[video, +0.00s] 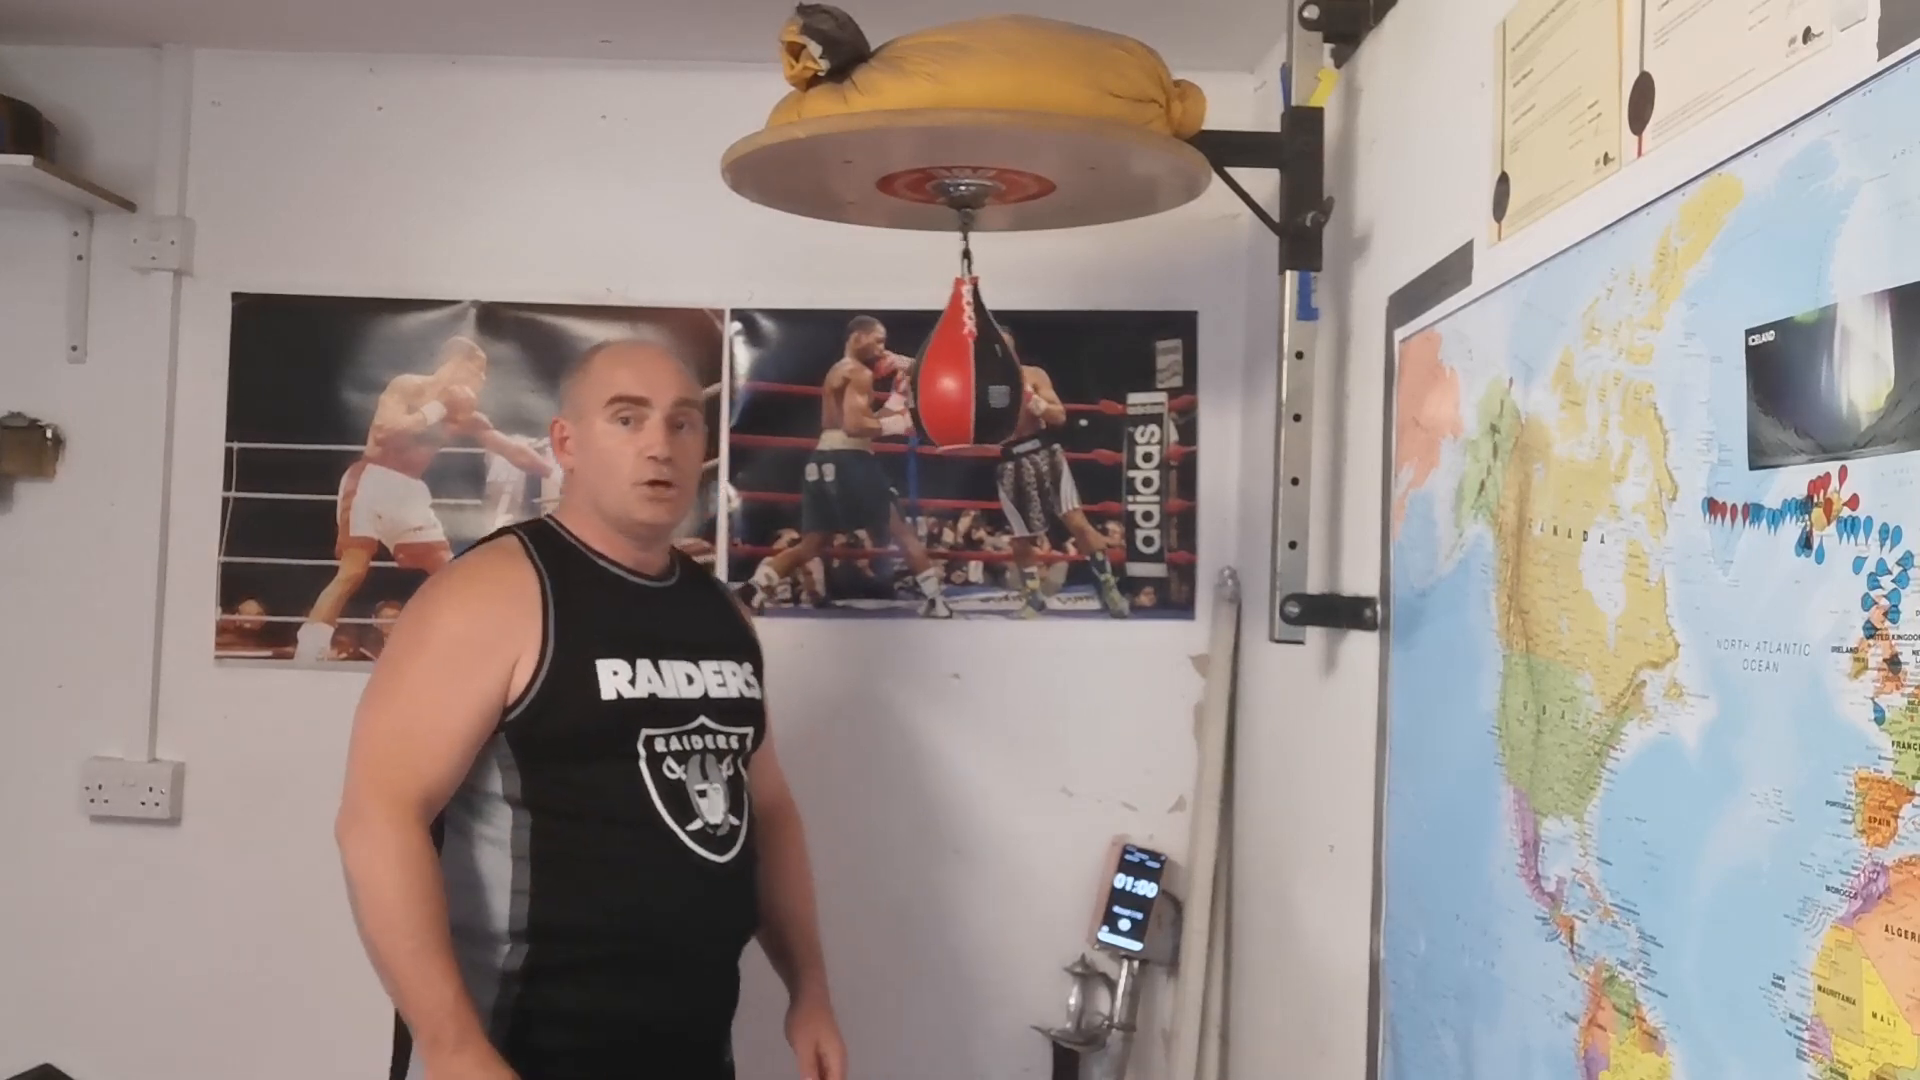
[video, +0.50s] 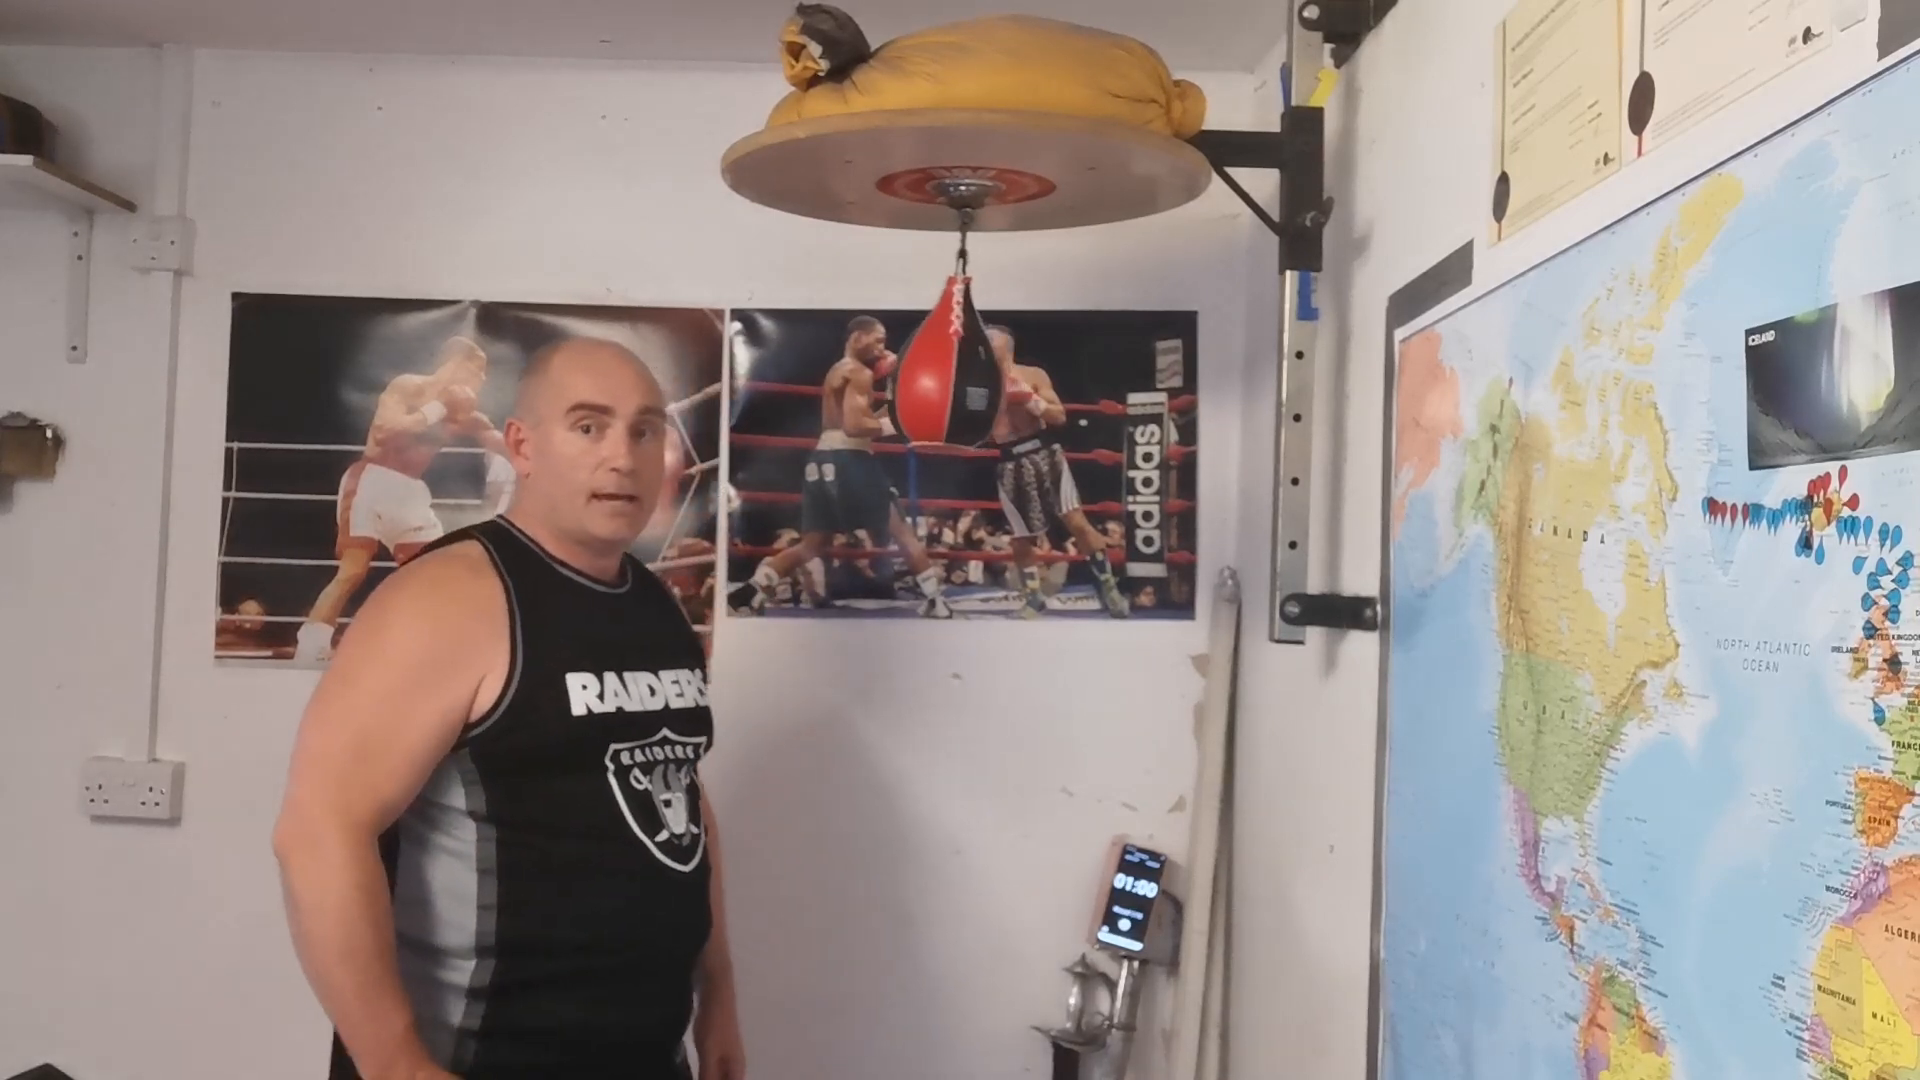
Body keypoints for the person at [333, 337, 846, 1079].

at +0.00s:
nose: (661, 447)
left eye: (682, 422)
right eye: (626, 418)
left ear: (704, 451)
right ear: (564, 444)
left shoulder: (717, 612)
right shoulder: (488, 593)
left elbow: (765, 810)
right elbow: (377, 815)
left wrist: (808, 988)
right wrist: (452, 1045)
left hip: (691, 1043)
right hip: (528, 1046)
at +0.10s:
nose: (649, 447)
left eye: (670, 422)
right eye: (615, 418)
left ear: (693, 452)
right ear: (552, 445)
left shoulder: (701, 609)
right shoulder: (478, 594)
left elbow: (749, 807)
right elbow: (370, 823)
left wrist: (790, 986)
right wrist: (439, 1052)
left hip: (682, 1044)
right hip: (518, 1047)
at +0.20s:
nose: (637, 452)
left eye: (658, 426)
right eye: (603, 423)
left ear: (683, 454)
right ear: (539, 445)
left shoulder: (688, 609)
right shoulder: (464, 599)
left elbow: (731, 806)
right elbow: (358, 830)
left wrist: (768, 996)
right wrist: (421, 1060)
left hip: (671, 1045)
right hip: (505, 1051)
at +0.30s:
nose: (628, 457)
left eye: (650, 431)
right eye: (595, 427)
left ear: (675, 454)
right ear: (530, 446)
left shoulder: (675, 608)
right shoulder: (453, 602)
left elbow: (712, 803)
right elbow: (344, 836)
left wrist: (745, 1003)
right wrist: (401, 1064)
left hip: (661, 1050)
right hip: (493, 1055)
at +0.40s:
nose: (625, 458)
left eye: (647, 431)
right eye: (591, 427)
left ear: (668, 454)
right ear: (524, 447)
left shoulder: (663, 608)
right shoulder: (447, 601)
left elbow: (695, 801)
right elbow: (329, 837)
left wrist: (726, 999)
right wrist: (385, 1064)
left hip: (650, 1052)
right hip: (481, 1056)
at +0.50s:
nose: (623, 458)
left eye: (644, 431)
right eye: (589, 427)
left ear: (665, 453)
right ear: (521, 445)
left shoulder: (655, 606)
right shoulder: (445, 598)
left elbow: (682, 802)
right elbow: (319, 831)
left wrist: (716, 997)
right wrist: (392, 1060)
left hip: (644, 1052)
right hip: (475, 1055)